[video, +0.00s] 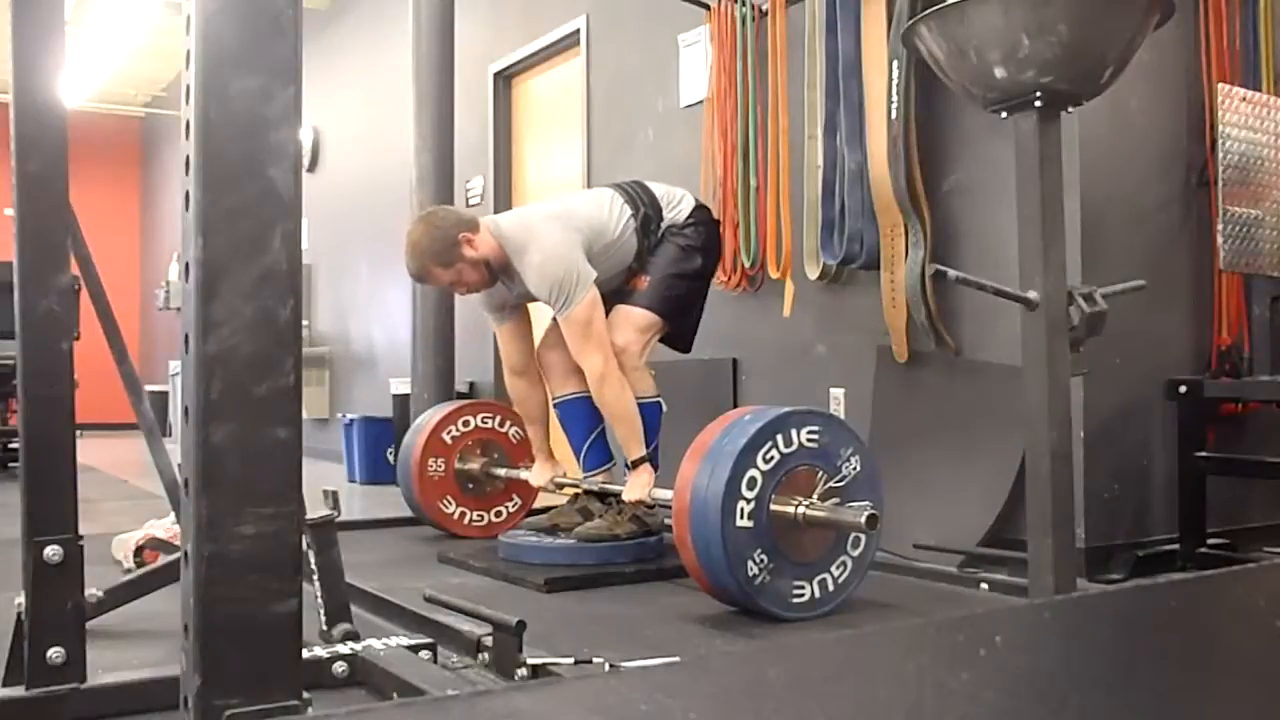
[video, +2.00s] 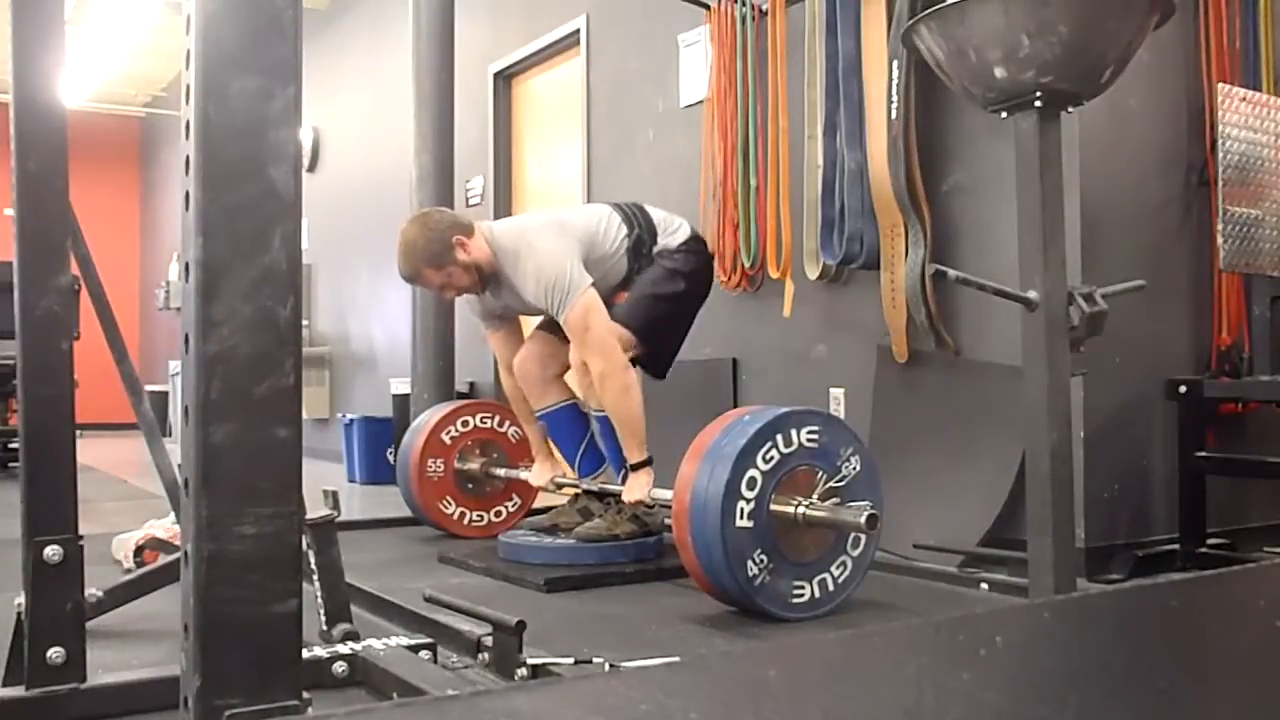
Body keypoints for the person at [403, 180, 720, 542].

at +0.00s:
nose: (461, 293)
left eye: (457, 282)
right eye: (451, 290)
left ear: (469, 244)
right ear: (469, 243)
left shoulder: (546, 253)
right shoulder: (492, 281)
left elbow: (602, 365)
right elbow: (519, 372)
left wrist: (640, 465)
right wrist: (542, 457)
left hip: (680, 226)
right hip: (620, 249)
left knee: (622, 346)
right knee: (554, 354)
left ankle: (642, 492)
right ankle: (601, 488)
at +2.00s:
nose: (450, 295)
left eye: (447, 283)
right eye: (441, 292)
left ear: (464, 245)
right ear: (463, 245)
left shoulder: (541, 260)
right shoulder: (482, 288)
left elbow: (605, 359)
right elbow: (512, 370)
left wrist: (639, 468)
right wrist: (541, 456)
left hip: (672, 254)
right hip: (611, 271)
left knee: (590, 363)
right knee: (531, 365)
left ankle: (633, 494)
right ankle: (599, 488)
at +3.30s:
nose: (458, 241)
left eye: (460, 226)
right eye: (450, 233)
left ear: (492, 199)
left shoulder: (567, 246)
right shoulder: (503, 273)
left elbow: (619, 355)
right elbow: (523, 366)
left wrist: (637, 466)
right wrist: (539, 455)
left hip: (690, 283)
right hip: (627, 299)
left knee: (598, 359)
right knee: (533, 366)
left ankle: (630, 500)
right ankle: (599, 491)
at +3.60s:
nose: (483, 191)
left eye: (493, 177)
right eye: (481, 180)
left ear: (533, 176)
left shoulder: (588, 235)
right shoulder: (521, 261)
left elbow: (626, 350)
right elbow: (535, 359)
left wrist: (635, 463)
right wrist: (539, 453)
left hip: (707, 292)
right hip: (642, 303)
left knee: (606, 353)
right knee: (543, 364)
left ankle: (633, 499)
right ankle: (599, 493)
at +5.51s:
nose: (500, 163)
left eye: (514, 153)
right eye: (501, 155)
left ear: (552, 166)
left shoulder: (594, 233)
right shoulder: (525, 255)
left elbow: (628, 351)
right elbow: (535, 357)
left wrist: (635, 459)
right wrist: (540, 450)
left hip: (704, 308)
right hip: (642, 317)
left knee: (599, 355)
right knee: (540, 365)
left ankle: (632, 502)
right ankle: (598, 491)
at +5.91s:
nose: (495, 151)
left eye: (508, 141)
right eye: (496, 142)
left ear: (546, 154)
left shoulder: (592, 222)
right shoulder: (521, 249)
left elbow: (629, 342)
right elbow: (537, 350)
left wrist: (636, 446)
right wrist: (542, 438)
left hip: (698, 294)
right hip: (638, 302)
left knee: (596, 354)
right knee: (541, 364)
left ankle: (632, 499)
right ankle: (599, 489)